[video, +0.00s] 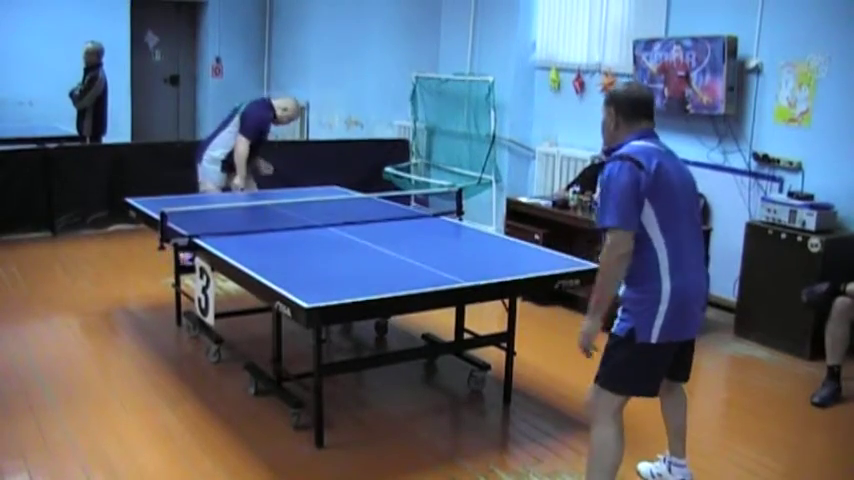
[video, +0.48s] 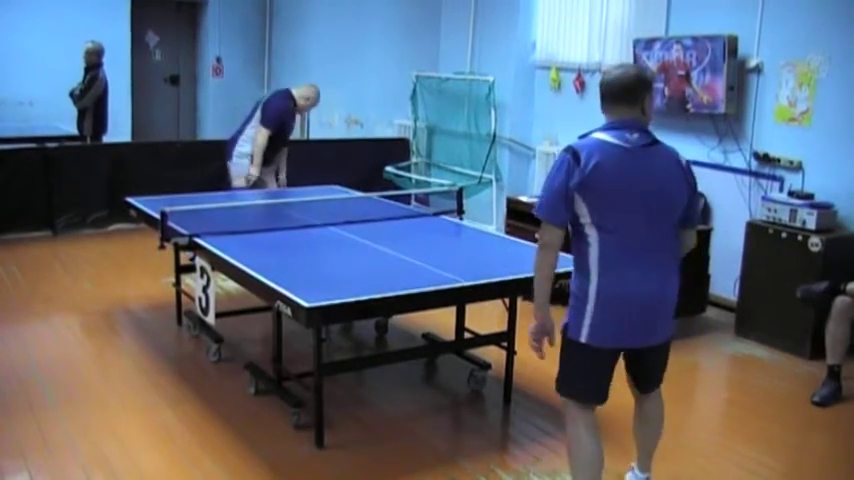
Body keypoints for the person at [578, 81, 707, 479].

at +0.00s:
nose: (602, 125)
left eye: (604, 116)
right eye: (604, 116)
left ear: (614, 117)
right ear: (647, 119)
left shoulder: (625, 165)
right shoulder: (669, 161)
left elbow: (618, 247)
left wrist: (594, 317)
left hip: (651, 309)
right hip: (687, 305)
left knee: (604, 404)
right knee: (672, 384)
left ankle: (599, 473)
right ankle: (677, 463)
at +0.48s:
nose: (652, 105)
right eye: (651, 99)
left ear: (602, 103)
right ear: (647, 102)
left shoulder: (577, 157)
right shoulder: (674, 163)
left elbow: (549, 242)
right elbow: (687, 241)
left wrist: (541, 313)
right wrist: (648, 258)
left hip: (597, 311)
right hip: (655, 311)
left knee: (578, 405)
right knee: (649, 391)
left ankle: (586, 476)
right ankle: (643, 472)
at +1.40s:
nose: (585, 108)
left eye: (587, 101)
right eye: (589, 101)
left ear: (593, 104)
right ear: (633, 107)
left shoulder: (591, 150)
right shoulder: (658, 160)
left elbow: (571, 235)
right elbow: (667, 235)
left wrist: (556, 298)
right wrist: (635, 286)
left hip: (593, 302)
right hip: (643, 306)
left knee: (548, 388)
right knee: (630, 382)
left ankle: (535, 474)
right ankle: (635, 473)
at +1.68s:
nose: (546, 111)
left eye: (548, 104)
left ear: (550, 106)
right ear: (591, 107)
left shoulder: (542, 156)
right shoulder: (622, 161)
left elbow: (522, 242)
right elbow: (635, 235)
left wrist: (520, 307)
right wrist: (618, 288)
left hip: (555, 306)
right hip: (612, 306)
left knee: (517, 402)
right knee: (620, 389)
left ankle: (502, 475)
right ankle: (631, 473)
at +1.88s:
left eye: (517, 98)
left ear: (517, 101)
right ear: (562, 101)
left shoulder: (502, 155)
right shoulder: (595, 156)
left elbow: (477, 240)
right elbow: (616, 232)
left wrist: (475, 304)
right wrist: (588, 273)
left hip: (525, 307)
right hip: (586, 305)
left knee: (499, 399)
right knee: (599, 389)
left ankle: (495, 475)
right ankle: (613, 474)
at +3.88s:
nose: (522, 96)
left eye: (523, 89)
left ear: (522, 92)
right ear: (568, 94)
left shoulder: (502, 147)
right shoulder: (595, 152)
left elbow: (476, 234)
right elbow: (613, 230)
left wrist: (469, 297)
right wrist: (608, 284)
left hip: (517, 303)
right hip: (576, 301)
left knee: (500, 396)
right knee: (581, 388)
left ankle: (498, 475)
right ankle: (588, 474)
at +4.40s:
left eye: (522, 91)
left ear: (521, 94)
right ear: (568, 94)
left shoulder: (500, 148)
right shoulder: (593, 153)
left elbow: (471, 235)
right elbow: (611, 231)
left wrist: (462, 298)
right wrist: (608, 291)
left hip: (513, 307)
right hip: (573, 307)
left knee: (497, 400)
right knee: (581, 394)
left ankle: (496, 476)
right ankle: (588, 476)